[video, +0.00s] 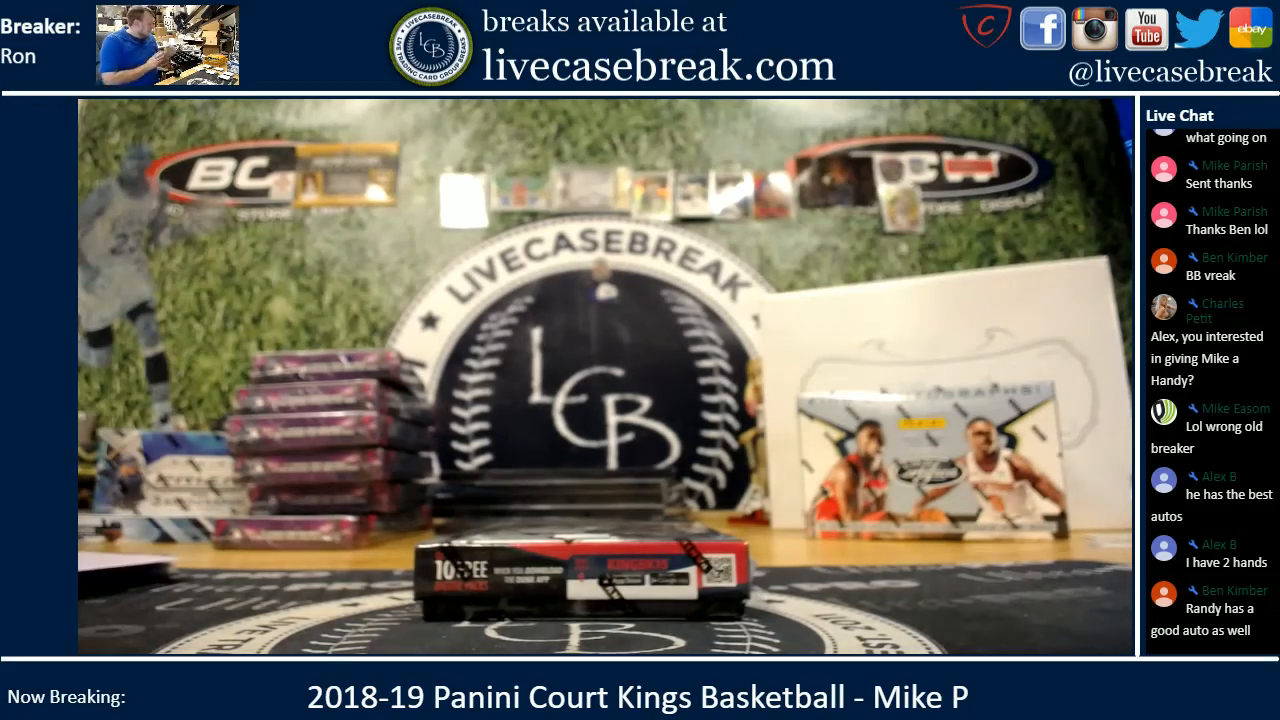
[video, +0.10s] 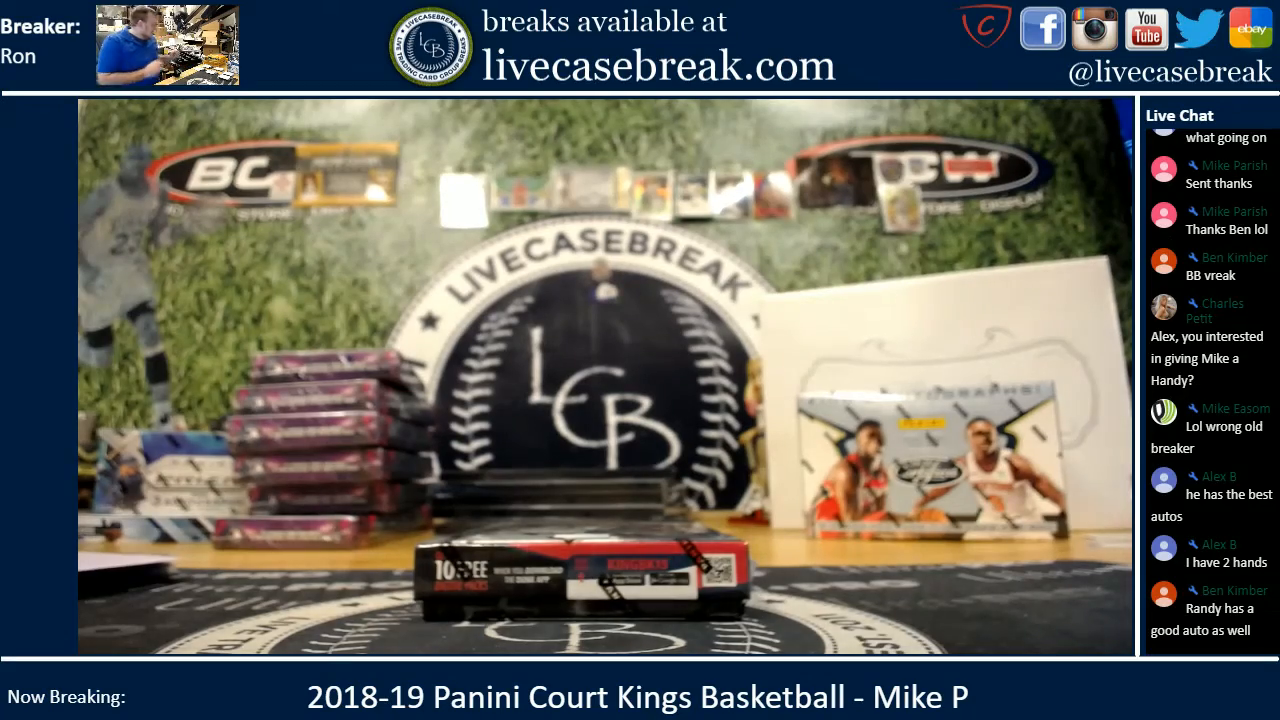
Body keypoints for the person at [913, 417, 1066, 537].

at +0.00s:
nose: (986, 438)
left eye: (989, 434)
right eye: (979, 434)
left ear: (995, 437)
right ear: (969, 438)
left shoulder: (1013, 462)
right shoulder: (964, 465)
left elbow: (1038, 482)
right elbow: (946, 485)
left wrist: (1062, 503)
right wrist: (923, 501)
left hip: (1026, 519)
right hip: (990, 521)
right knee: (969, 546)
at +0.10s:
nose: (986, 438)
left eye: (989, 433)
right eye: (979, 434)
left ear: (995, 436)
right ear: (969, 438)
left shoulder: (1014, 462)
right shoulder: (964, 464)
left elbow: (1038, 482)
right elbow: (946, 485)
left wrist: (1062, 503)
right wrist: (923, 501)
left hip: (1025, 519)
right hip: (990, 520)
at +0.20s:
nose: (986, 438)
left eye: (989, 433)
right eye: (979, 434)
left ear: (995, 436)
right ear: (969, 438)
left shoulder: (1014, 462)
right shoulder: (964, 464)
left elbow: (1038, 481)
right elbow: (946, 485)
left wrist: (1062, 502)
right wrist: (923, 501)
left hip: (1026, 519)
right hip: (990, 520)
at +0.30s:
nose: (985, 439)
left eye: (989, 434)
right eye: (979, 434)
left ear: (995, 437)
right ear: (969, 439)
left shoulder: (1014, 462)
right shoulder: (964, 464)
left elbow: (1038, 482)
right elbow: (945, 485)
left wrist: (1062, 503)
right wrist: (922, 502)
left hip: (1026, 518)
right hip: (991, 520)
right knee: (970, 545)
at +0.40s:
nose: (985, 439)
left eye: (989, 434)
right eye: (979, 434)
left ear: (995, 437)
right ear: (969, 439)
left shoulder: (1014, 462)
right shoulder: (964, 465)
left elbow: (1038, 482)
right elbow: (945, 485)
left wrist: (1062, 503)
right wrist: (923, 502)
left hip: (1026, 518)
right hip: (991, 519)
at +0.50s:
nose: (985, 438)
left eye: (988, 434)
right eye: (979, 434)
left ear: (995, 437)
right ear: (969, 439)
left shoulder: (1014, 463)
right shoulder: (964, 464)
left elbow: (1039, 482)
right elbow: (945, 485)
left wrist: (1063, 503)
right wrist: (922, 502)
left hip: (1025, 519)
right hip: (990, 520)